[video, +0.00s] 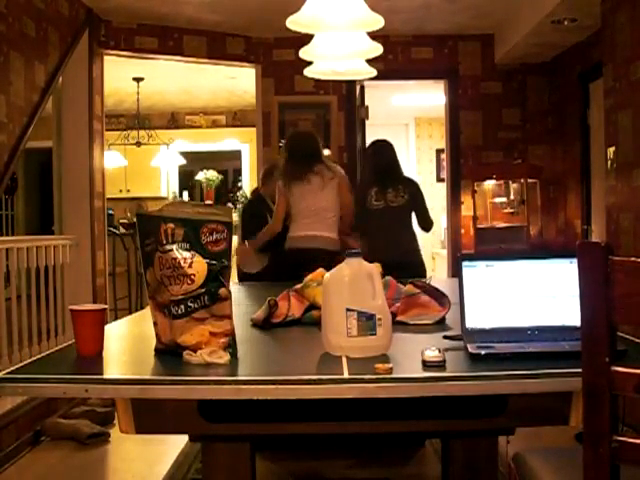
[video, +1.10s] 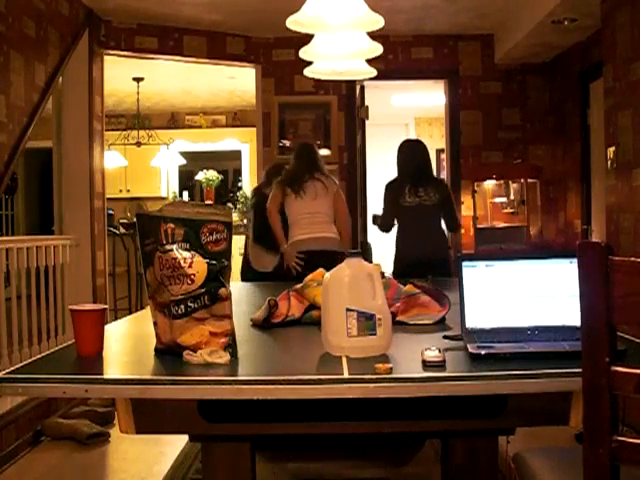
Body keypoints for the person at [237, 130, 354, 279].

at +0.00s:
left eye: (286, 149)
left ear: (289, 152)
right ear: (317, 148)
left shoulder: (286, 178)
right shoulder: (337, 173)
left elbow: (276, 225)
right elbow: (347, 212)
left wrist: (252, 245)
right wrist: (342, 234)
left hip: (296, 249)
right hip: (328, 251)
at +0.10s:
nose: (280, 164)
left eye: (283, 159)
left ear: (290, 162)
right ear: (319, 157)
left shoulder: (288, 185)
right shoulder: (336, 177)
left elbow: (275, 227)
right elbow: (358, 210)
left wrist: (252, 229)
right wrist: (335, 218)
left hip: (298, 256)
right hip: (332, 259)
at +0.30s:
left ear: (302, 168)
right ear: (326, 167)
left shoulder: (293, 192)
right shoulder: (338, 193)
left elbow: (280, 230)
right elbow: (344, 232)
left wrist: (295, 243)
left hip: (298, 259)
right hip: (330, 260)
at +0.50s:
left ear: (298, 161)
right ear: (322, 161)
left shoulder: (284, 185)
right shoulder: (332, 185)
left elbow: (269, 226)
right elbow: (342, 228)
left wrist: (279, 251)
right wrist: (321, 234)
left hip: (293, 258)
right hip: (327, 258)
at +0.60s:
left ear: (293, 164)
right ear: (316, 165)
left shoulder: (277, 189)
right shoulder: (327, 190)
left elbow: (263, 229)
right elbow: (336, 230)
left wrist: (270, 257)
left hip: (287, 261)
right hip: (322, 260)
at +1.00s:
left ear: (292, 163)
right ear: (315, 161)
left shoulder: (282, 187)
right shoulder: (330, 184)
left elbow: (269, 215)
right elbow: (340, 223)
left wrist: (272, 254)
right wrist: (342, 254)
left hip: (296, 254)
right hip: (328, 253)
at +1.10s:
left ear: (294, 161)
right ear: (317, 159)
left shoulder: (283, 184)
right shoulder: (331, 182)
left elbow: (272, 210)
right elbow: (343, 219)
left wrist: (284, 247)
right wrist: (345, 252)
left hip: (300, 254)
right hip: (331, 253)